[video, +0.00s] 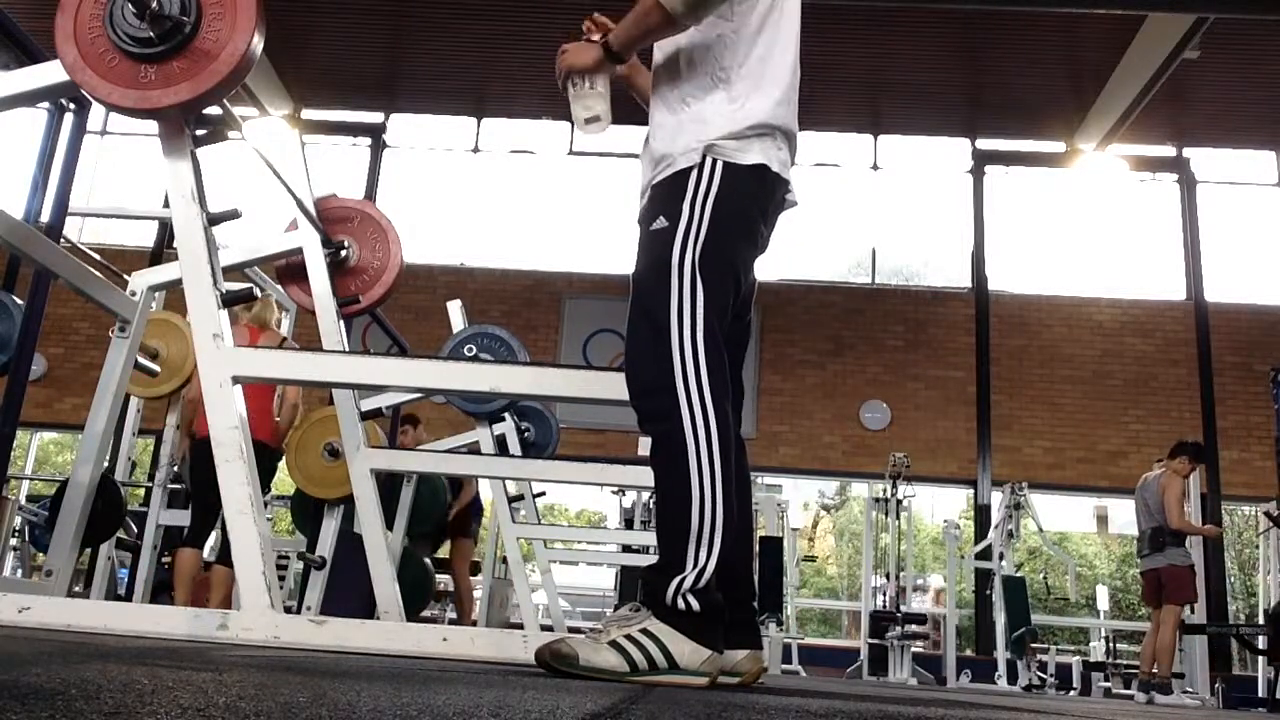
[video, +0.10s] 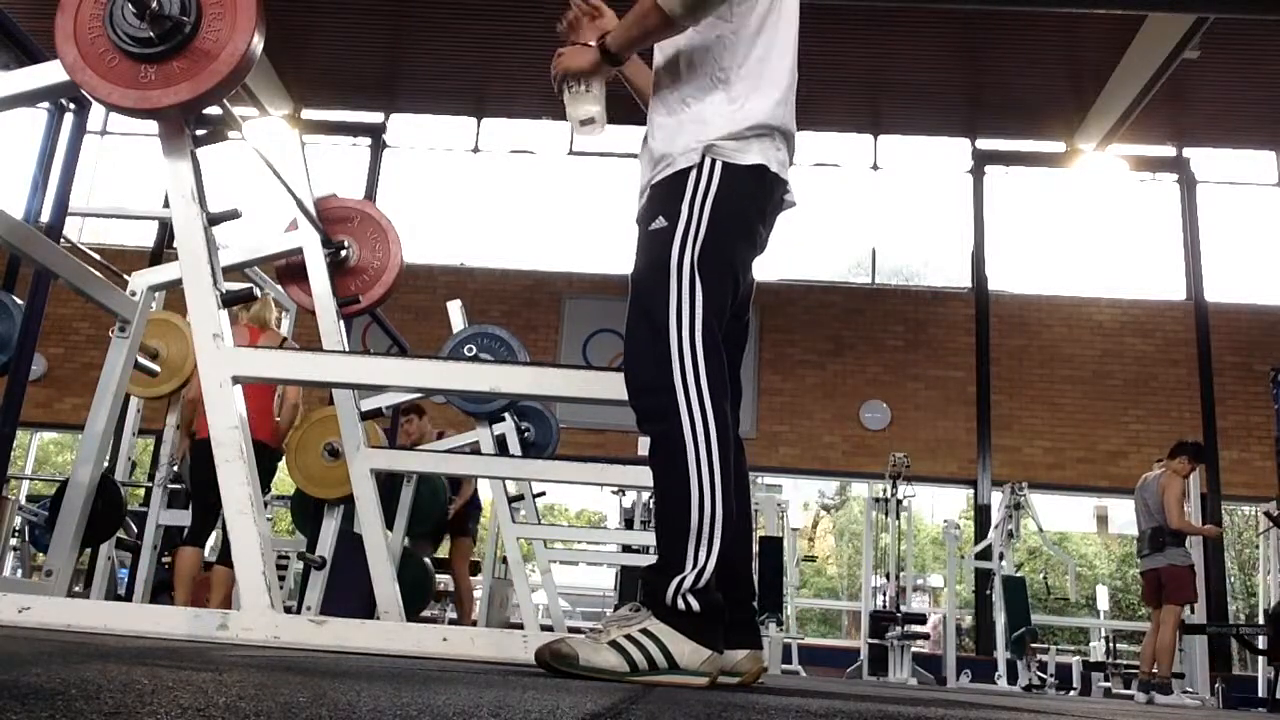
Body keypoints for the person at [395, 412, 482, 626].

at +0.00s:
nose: (399, 441)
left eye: (404, 433)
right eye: (396, 435)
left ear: (419, 430)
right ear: (392, 437)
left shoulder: (442, 454)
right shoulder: (404, 463)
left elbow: (470, 486)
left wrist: (454, 509)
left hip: (464, 505)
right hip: (435, 506)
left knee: (459, 566)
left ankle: (465, 624)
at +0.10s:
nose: (407, 429)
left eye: (410, 421)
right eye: (402, 425)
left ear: (425, 419)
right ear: (399, 430)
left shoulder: (449, 440)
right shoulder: (407, 453)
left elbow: (470, 478)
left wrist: (457, 502)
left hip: (462, 501)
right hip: (428, 504)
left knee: (458, 564)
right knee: (414, 557)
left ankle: (465, 625)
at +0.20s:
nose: (410, 421)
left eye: (414, 415)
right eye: (405, 417)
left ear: (428, 414)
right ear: (402, 421)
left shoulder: (451, 438)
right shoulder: (409, 446)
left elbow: (468, 475)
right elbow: (397, 474)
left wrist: (458, 501)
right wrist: (403, 441)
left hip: (459, 500)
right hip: (427, 503)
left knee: (459, 564)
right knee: (416, 559)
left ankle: (465, 624)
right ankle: (406, 618)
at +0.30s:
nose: (414, 415)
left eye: (419, 409)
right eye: (409, 411)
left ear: (431, 411)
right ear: (404, 416)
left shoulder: (450, 437)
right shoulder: (407, 442)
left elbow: (466, 475)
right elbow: (397, 470)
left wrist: (459, 502)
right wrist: (402, 436)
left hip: (454, 502)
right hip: (422, 504)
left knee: (459, 566)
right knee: (412, 560)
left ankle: (466, 625)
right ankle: (404, 619)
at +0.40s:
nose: (416, 413)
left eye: (422, 407)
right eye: (411, 409)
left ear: (434, 410)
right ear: (407, 414)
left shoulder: (451, 437)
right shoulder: (404, 440)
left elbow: (466, 477)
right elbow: (394, 472)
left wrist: (460, 502)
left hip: (451, 504)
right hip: (416, 504)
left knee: (457, 566)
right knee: (407, 559)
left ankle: (464, 625)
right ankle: (399, 617)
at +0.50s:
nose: (420, 411)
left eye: (426, 406)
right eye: (415, 407)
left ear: (437, 410)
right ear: (409, 413)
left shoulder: (452, 439)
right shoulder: (402, 440)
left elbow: (465, 477)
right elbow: (390, 472)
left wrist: (461, 501)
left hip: (447, 506)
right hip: (412, 506)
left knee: (454, 568)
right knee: (405, 563)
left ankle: (463, 626)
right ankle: (399, 620)